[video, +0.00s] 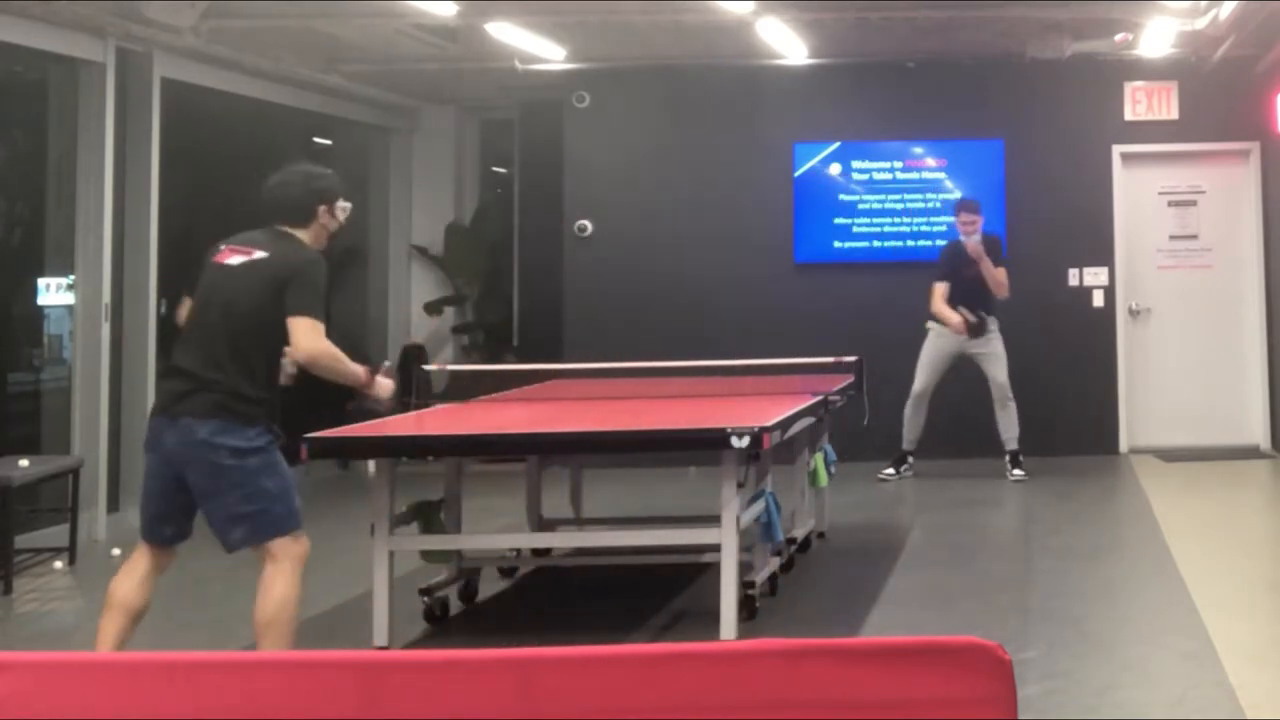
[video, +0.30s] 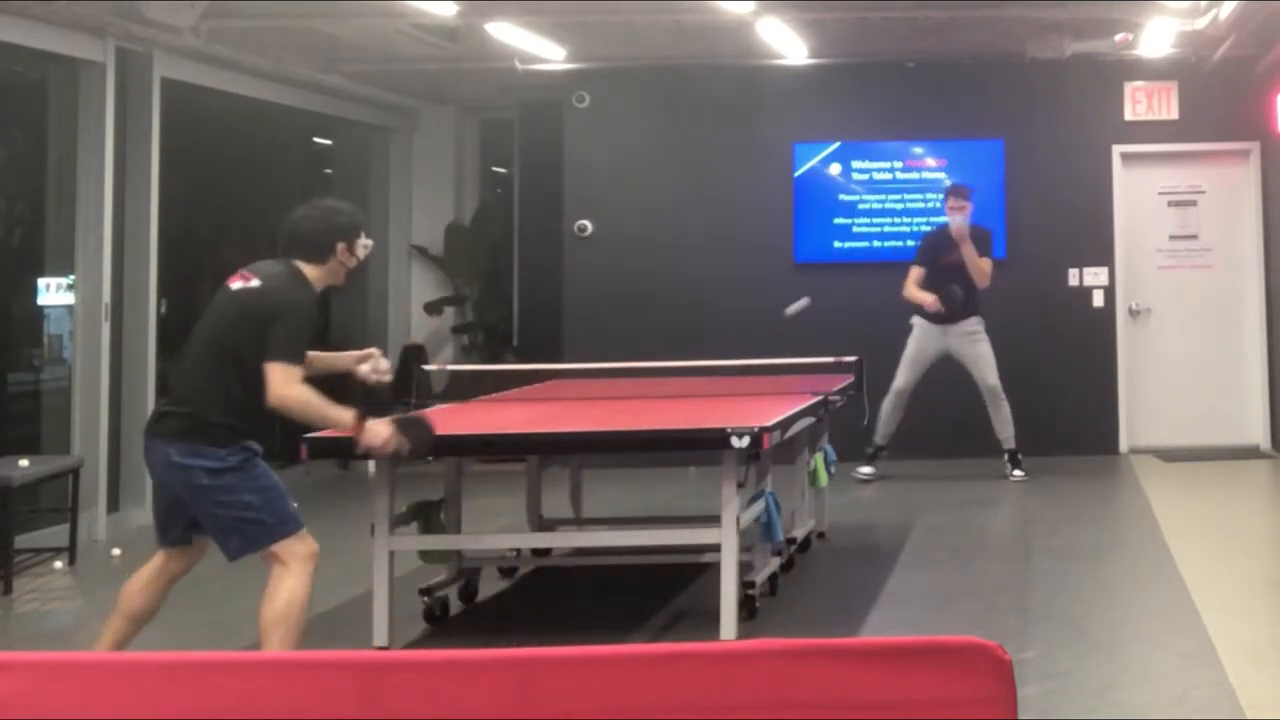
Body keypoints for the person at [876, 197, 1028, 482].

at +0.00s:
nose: (967, 228)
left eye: (972, 223)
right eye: (962, 223)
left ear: (981, 221)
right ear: (956, 223)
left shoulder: (993, 246)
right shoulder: (950, 252)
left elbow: (1003, 291)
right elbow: (937, 302)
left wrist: (982, 258)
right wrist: (954, 319)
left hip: (985, 329)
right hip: (947, 328)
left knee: (1002, 388)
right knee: (919, 390)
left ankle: (1013, 455)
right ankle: (905, 456)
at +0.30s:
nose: (956, 215)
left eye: (961, 209)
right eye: (951, 209)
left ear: (970, 209)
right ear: (944, 209)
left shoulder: (981, 237)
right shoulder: (932, 240)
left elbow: (983, 279)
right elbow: (909, 288)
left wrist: (964, 241)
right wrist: (928, 299)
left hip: (968, 328)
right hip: (928, 329)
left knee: (992, 386)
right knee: (900, 387)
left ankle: (1012, 455)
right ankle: (874, 454)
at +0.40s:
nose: (933, 218)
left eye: (938, 212)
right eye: (929, 213)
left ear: (948, 211)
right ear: (924, 213)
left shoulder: (962, 241)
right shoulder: (914, 247)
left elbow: (964, 283)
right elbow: (894, 293)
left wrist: (944, 245)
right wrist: (902, 309)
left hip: (958, 335)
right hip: (918, 336)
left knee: (986, 392)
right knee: (885, 390)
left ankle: (1010, 454)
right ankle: (854, 453)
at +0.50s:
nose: (901, 220)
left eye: (906, 214)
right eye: (897, 215)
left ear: (915, 214)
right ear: (892, 216)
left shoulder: (933, 245)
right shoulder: (888, 253)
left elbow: (947, 290)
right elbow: (867, 292)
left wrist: (919, 257)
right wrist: (870, 316)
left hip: (940, 341)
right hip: (900, 342)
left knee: (971, 397)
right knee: (865, 394)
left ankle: (1007, 456)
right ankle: (843, 460)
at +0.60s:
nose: (861, 218)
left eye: (866, 212)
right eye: (857, 213)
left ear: (877, 212)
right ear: (853, 216)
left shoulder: (899, 244)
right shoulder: (849, 253)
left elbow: (929, 286)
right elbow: (837, 291)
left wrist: (894, 278)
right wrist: (837, 323)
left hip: (910, 339)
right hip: (869, 340)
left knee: (949, 394)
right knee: (842, 393)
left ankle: (1001, 453)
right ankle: (833, 462)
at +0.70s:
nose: (830, 215)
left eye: (835, 209)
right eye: (826, 210)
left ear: (846, 210)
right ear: (821, 212)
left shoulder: (869, 242)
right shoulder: (819, 250)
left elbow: (903, 280)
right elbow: (810, 292)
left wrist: (879, 294)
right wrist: (808, 329)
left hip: (878, 334)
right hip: (838, 337)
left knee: (911, 390)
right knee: (828, 399)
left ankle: (953, 452)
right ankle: (829, 463)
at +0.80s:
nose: (805, 209)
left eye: (810, 204)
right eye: (802, 204)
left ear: (823, 204)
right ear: (798, 207)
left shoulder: (846, 237)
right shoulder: (795, 246)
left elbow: (879, 275)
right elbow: (790, 287)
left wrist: (861, 305)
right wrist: (786, 325)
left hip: (849, 327)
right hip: (812, 330)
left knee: (866, 389)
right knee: (804, 391)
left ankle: (886, 454)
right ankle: (820, 458)